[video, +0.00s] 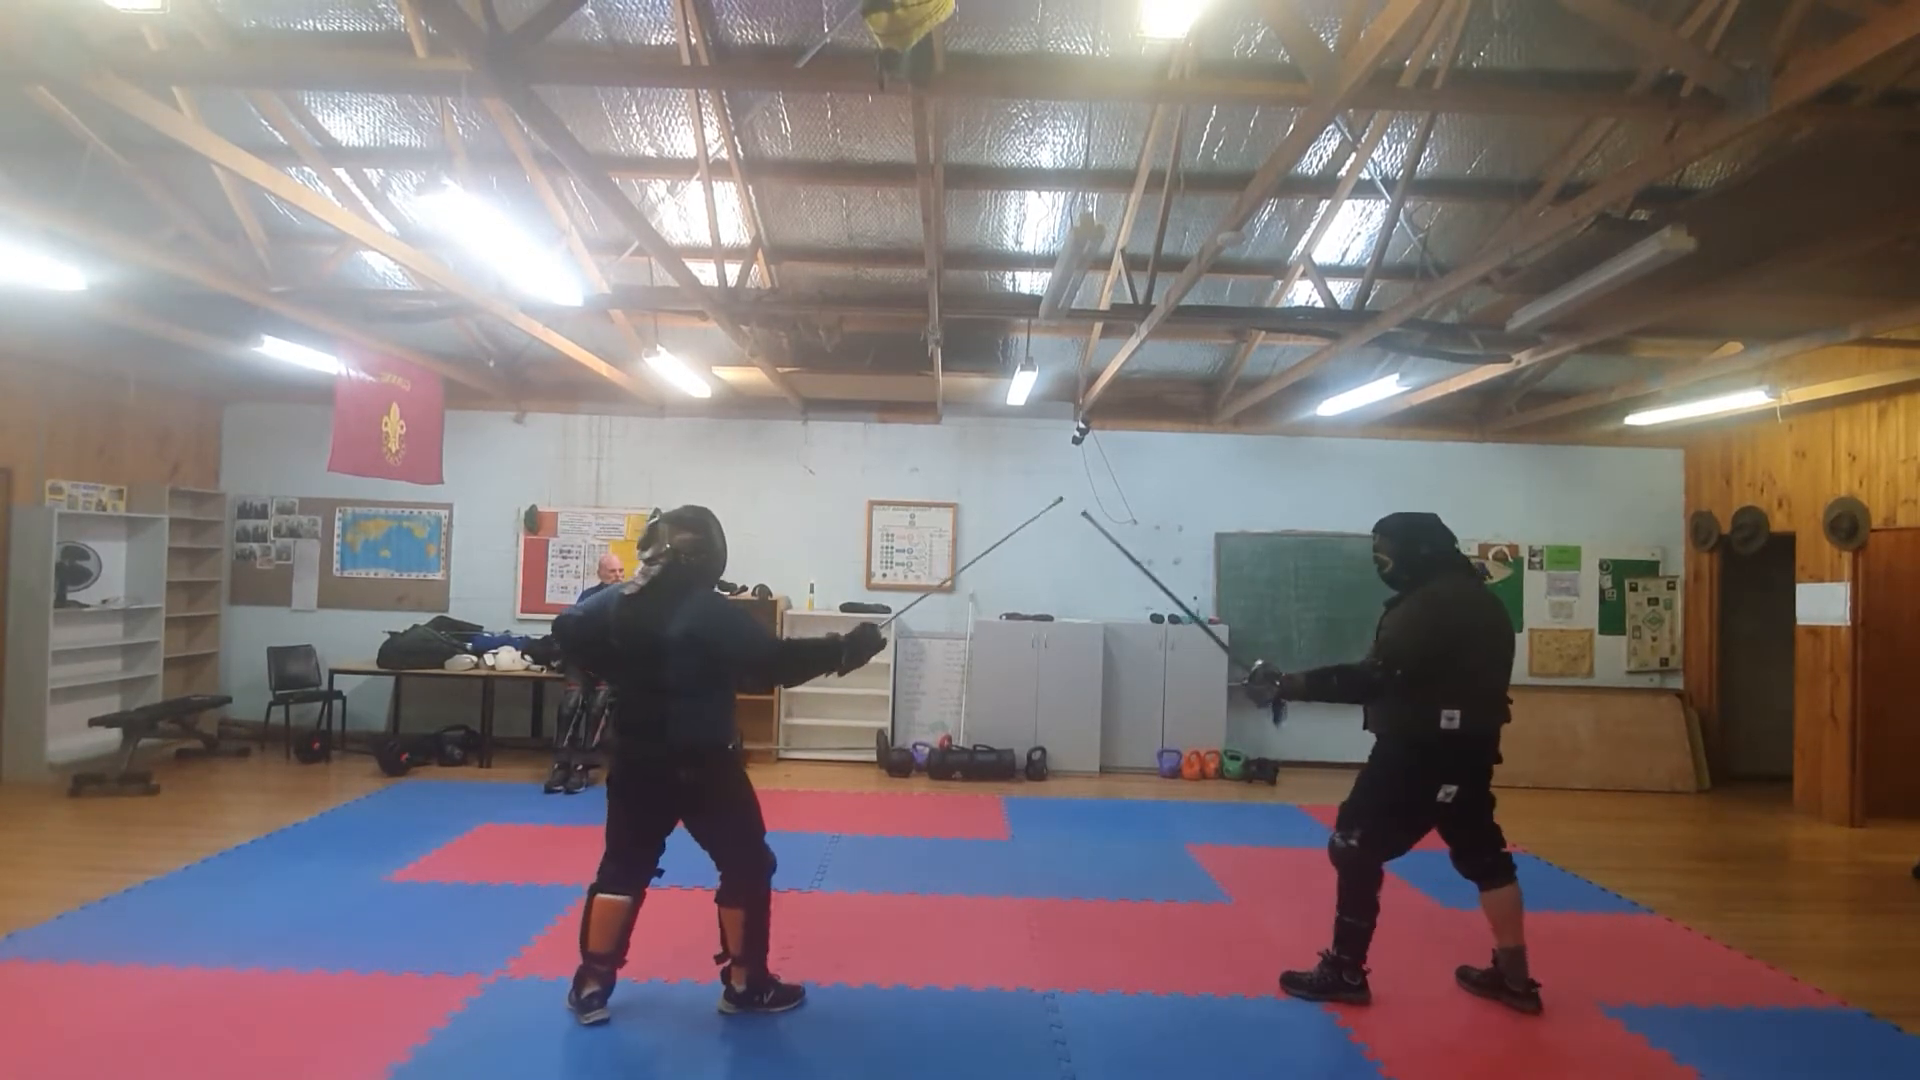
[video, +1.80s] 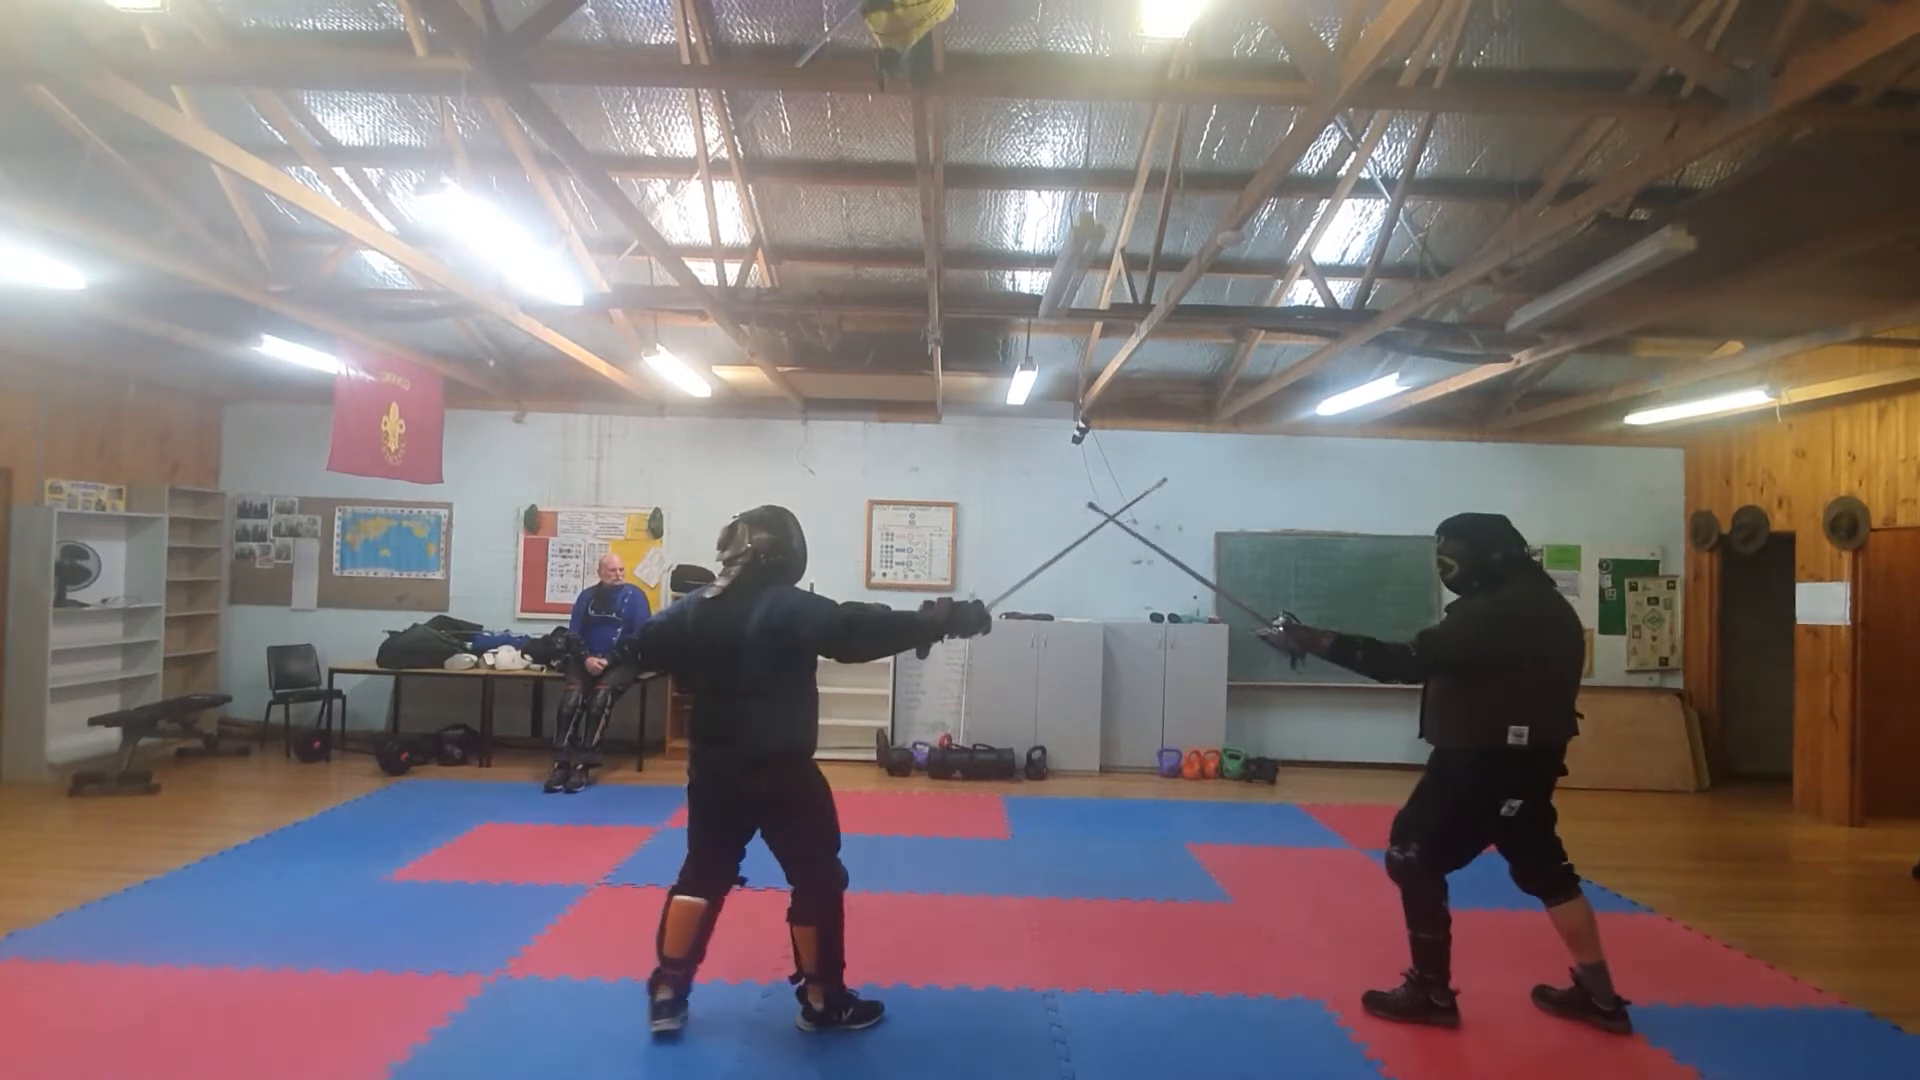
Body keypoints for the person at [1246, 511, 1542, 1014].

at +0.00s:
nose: (1380, 567)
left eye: (1385, 556)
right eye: (1377, 557)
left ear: (1413, 553)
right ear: (1434, 550)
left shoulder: (1416, 607)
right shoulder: (1487, 602)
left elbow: (1378, 679)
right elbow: (1488, 689)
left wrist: (1290, 685)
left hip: (1410, 756)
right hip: (1470, 755)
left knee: (1356, 845)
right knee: (1485, 855)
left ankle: (1345, 969)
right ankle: (1513, 973)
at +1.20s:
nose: (1401, 578)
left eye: (1406, 567)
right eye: (1399, 568)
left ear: (1435, 564)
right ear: (1458, 562)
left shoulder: (1440, 617)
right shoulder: (1512, 616)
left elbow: (1369, 665)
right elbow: (1511, 703)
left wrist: (1281, 643)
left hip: (1432, 768)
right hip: (1494, 771)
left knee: (1364, 851)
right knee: (1518, 869)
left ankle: (1345, 970)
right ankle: (1589, 984)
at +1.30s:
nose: (1419, 578)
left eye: (1424, 567)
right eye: (1417, 568)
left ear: (1454, 564)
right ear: (1480, 561)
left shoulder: (1460, 616)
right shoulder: (1532, 613)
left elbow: (1390, 668)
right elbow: (1534, 701)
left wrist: (1298, 647)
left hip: (1457, 765)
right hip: (1519, 765)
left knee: (1391, 855)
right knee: (1538, 870)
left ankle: (1350, 968)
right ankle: (1596, 991)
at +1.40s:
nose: (1437, 576)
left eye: (1442, 565)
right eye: (1435, 566)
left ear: (1471, 559)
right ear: (1498, 556)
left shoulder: (1478, 612)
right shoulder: (1548, 608)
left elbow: (1407, 667)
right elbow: (1546, 690)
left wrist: (1318, 651)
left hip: (1473, 760)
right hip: (1535, 759)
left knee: (1408, 855)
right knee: (1544, 867)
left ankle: (1360, 967)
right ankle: (1598, 992)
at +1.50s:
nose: (1450, 577)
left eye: (1455, 565)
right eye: (1447, 566)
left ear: (1485, 559)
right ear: (1512, 555)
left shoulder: (1486, 613)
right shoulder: (1562, 610)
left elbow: (1417, 666)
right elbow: (1563, 698)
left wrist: (1328, 649)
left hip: (1478, 763)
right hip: (1541, 763)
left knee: (1409, 849)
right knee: (1552, 869)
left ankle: (1396, 978)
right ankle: (1600, 993)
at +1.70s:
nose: (1450, 573)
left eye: (1456, 561)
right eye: (1447, 562)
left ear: (1490, 558)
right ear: (1513, 554)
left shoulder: (1487, 613)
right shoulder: (1562, 610)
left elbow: (1419, 667)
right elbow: (1561, 698)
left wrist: (1330, 648)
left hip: (1479, 760)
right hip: (1538, 761)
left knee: (1417, 855)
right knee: (1549, 869)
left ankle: (1431, 989)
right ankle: (1600, 993)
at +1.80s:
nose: (1443, 572)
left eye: (1450, 560)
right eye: (1441, 561)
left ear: (1486, 557)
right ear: (1506, 556)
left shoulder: (1488, 611)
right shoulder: (1553, 607)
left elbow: (1410, 661)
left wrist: (1322, 643)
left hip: (1476, 759)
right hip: (1532, 759)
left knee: (1413, 855)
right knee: (1545, 868)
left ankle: (1430, 989)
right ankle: (1599, 993)